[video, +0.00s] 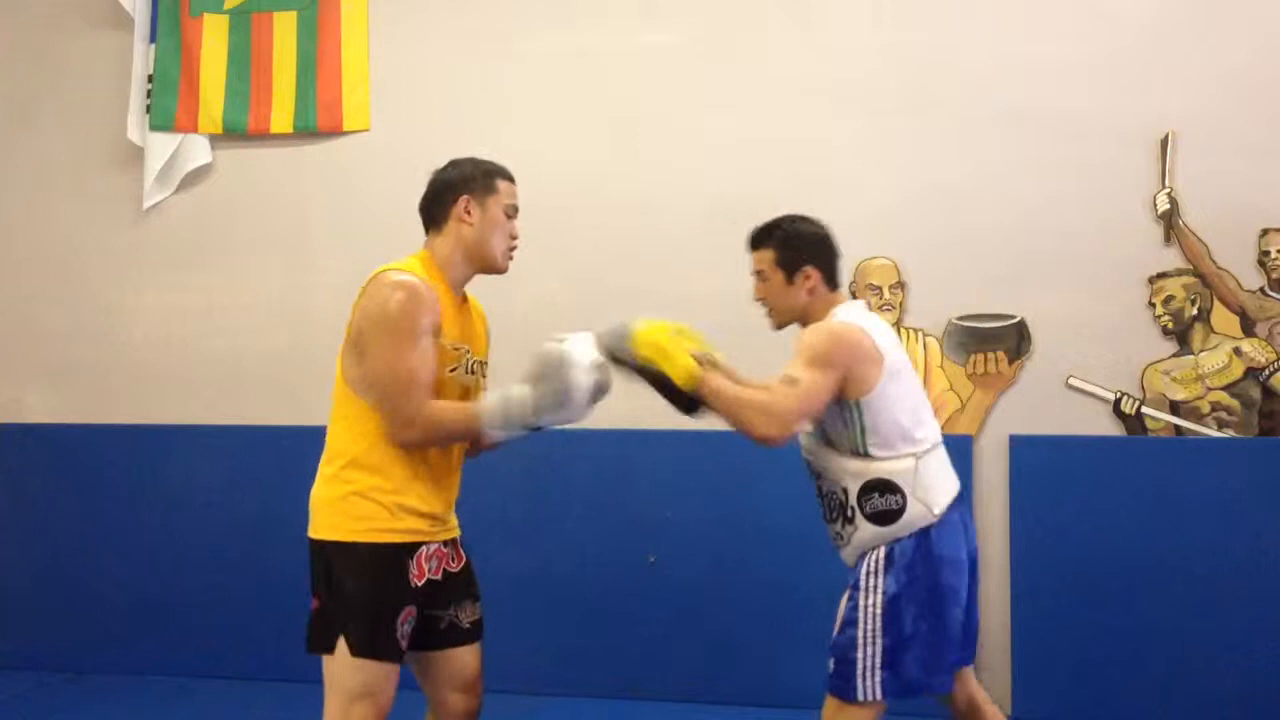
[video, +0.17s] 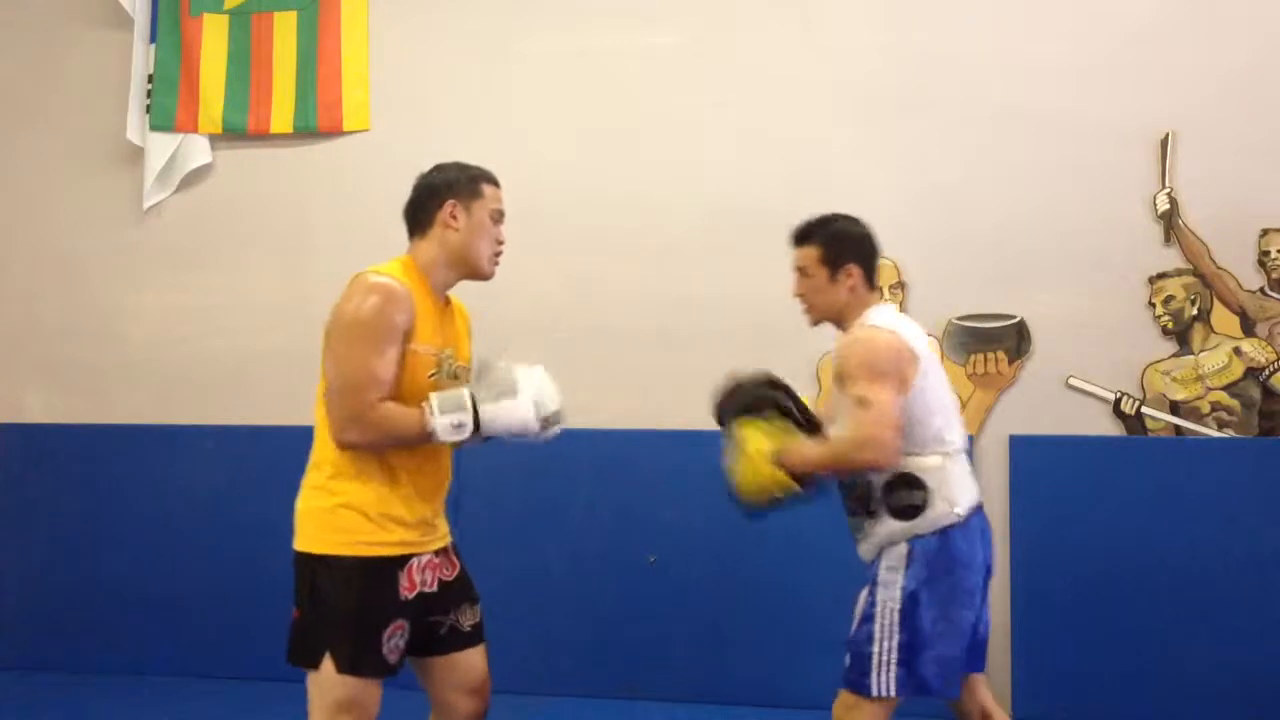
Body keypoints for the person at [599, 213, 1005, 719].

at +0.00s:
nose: (755, 291)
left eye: (763, 277)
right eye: (755, 277)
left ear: (808, 280)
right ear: (810, 281)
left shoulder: (835, 337)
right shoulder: (854, 326)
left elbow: (773, 424)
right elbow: (781, 404)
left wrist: (696, 377)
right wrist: (714, 372)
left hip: (903, 543)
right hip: (934, 531)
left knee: (850, 702)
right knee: (956, 687)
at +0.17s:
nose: (796, 289)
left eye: (805, 274)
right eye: (797, 274)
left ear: (849, 278)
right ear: (852, 279)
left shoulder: (869, 343)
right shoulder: (899, 330)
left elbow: (877, 445)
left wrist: (787, 455)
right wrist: (802, 444)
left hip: (921, 542)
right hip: (958, 531)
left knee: (859, 707)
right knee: (968, 692)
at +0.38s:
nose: (832, 296)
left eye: (842, 280)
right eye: (833, 281)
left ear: (887, 285)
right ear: (888, 287)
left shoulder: (911, 347)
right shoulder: (921, 338)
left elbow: (945, 443)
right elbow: (930, 448)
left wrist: (875, 487)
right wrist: (863, 489)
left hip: (943, 548)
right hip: (971, 544)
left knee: (856, 704)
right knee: (969, 699)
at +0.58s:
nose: (828, 283)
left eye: (838, 267)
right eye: (829, 268)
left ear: (884, 272)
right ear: (886, 274)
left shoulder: (890, 333)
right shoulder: (926, 322)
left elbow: (958, 401)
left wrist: (908, 496)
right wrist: (864, 475)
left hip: (934, 540)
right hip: (976, 529)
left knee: (854, 707)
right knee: (983, 697)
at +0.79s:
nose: (783, 287)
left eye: (794, 272)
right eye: (786, 272)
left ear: (840, 279)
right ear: (843, 280)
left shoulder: (853, 347)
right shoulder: (903, 337)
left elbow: (878, 433)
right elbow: (929, 448)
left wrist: (806, 493)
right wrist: (832, 507)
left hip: (905, 551)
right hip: (961, 537)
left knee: (845, 708)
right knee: (970, 692)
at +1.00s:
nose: (752, 287)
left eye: (763, 272)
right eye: (753, 272)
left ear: (810, 280)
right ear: (813, 281)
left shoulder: (820, 345)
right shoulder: (872, 321)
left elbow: (757, 420)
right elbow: (914, 420)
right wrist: (845, 490)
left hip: (905, 548)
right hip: (960, 527)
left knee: (856, 707)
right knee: (981, 688)